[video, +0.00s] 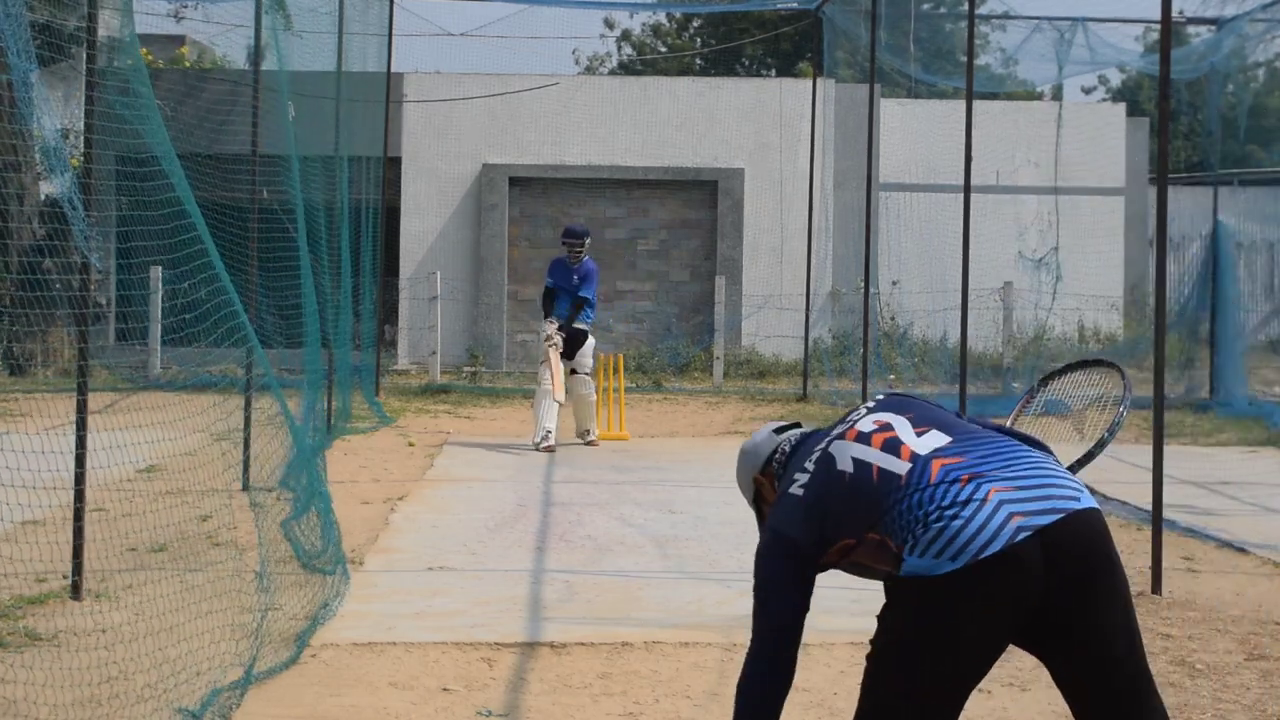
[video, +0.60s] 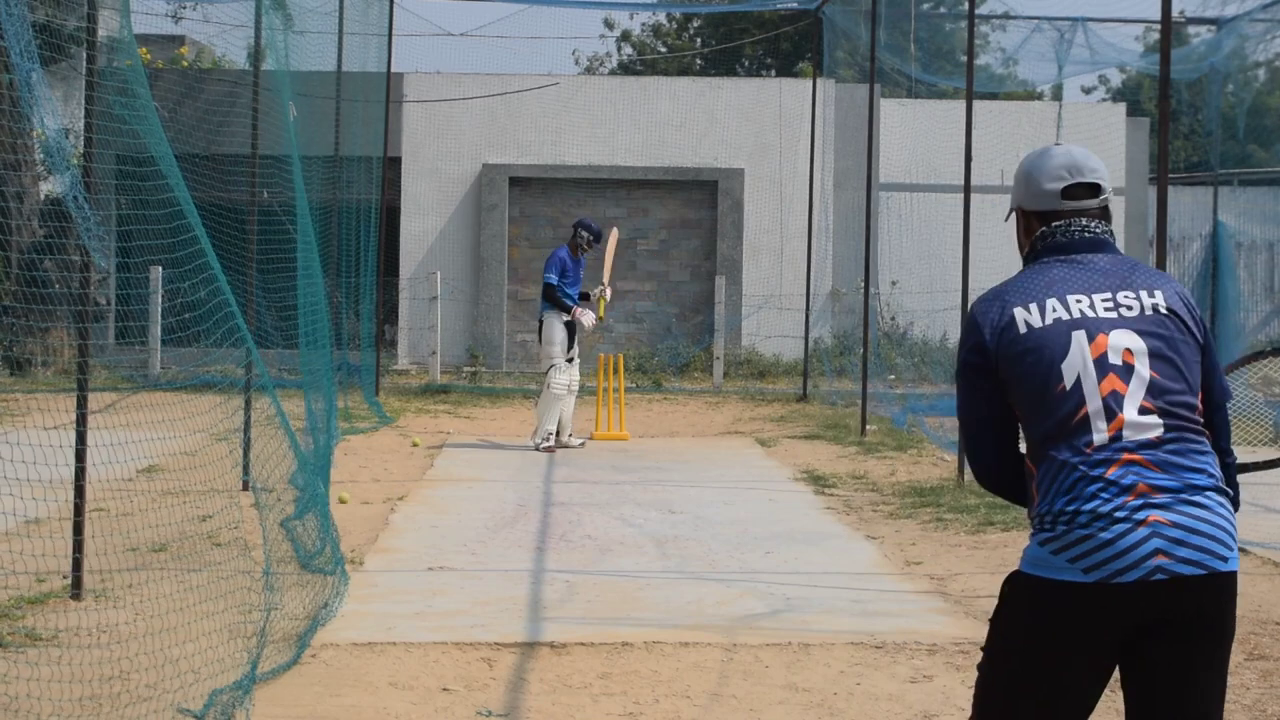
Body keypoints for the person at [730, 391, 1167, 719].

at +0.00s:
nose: (767, 522)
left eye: (760, 507)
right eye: (759, 510)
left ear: (770, 481)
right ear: (803, 442)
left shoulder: (791, 512)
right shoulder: (894, 408)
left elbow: (769, 664)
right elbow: (1031, 448)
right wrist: (902, 564)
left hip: (962, 561)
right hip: (1075, 529)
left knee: (896, 709)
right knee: (1129, 705)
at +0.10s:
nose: (771, 490)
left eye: (766, 475)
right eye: (765, 477)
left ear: (775, 455)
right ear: (817, 413)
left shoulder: (791, 494)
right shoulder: (906, 387)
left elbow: (778, 640)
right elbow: (1041, 443)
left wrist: (762, 715)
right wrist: (909, 549)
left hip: (967, 556)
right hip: (1080, 526)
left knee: (901, 712)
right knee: (1130, 707)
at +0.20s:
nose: (793, 419)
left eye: (790, 406)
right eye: (791, 407)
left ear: (801, 392)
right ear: (856, 352)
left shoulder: (808, 438)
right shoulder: (950, 354)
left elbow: (806, 582)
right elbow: (1068, 436)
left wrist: (832, 670)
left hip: (976, 557)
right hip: (1093, 531)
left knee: (916, 711)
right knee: (1125, 708)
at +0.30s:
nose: (825, 373)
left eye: (823, 358)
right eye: (824, 361)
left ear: (833, 345)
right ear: (896, 312)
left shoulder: (834, 402)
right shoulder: (986, 328)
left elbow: (840, 540)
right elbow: (1088, 434)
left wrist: (908, 598)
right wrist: (1097, 508)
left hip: (985, 569)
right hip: (1107, 545)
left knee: (926, 709)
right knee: (1128, 707)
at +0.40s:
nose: (899, 302)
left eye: (899, 290)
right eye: (898, 291)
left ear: (908, 285)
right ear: (979, 266)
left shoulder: (896, 359)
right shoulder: (1063, 310)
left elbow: (908, 506)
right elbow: (1134, 440)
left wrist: (985, 509)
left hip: (1015, 573)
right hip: (1137, 562)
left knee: (956, 711)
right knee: (1140, 710)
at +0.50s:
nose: (953, 271)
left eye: (952, 259)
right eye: (952, 259)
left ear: (964, 257)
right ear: (1035, 243)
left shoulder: (943, 337)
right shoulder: (1117, 306)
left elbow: (953, 491)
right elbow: (1173, 446)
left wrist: (1041, 500)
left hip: (1044, 579)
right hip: (1166, 570)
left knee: (979, 710)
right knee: (1161, 711)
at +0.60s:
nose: (1015, 231)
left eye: (1016, 220)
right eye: (1016, 220)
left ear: (1026, 223)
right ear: (1105, 214)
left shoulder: (996, 309)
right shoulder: (1173, 291)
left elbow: (991, 463)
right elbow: (1217, 438)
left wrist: (1071, 493)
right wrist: (1216, 522)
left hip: (1080, 568)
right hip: (1203, 562)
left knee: (1011, 710)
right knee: (1185, 710)